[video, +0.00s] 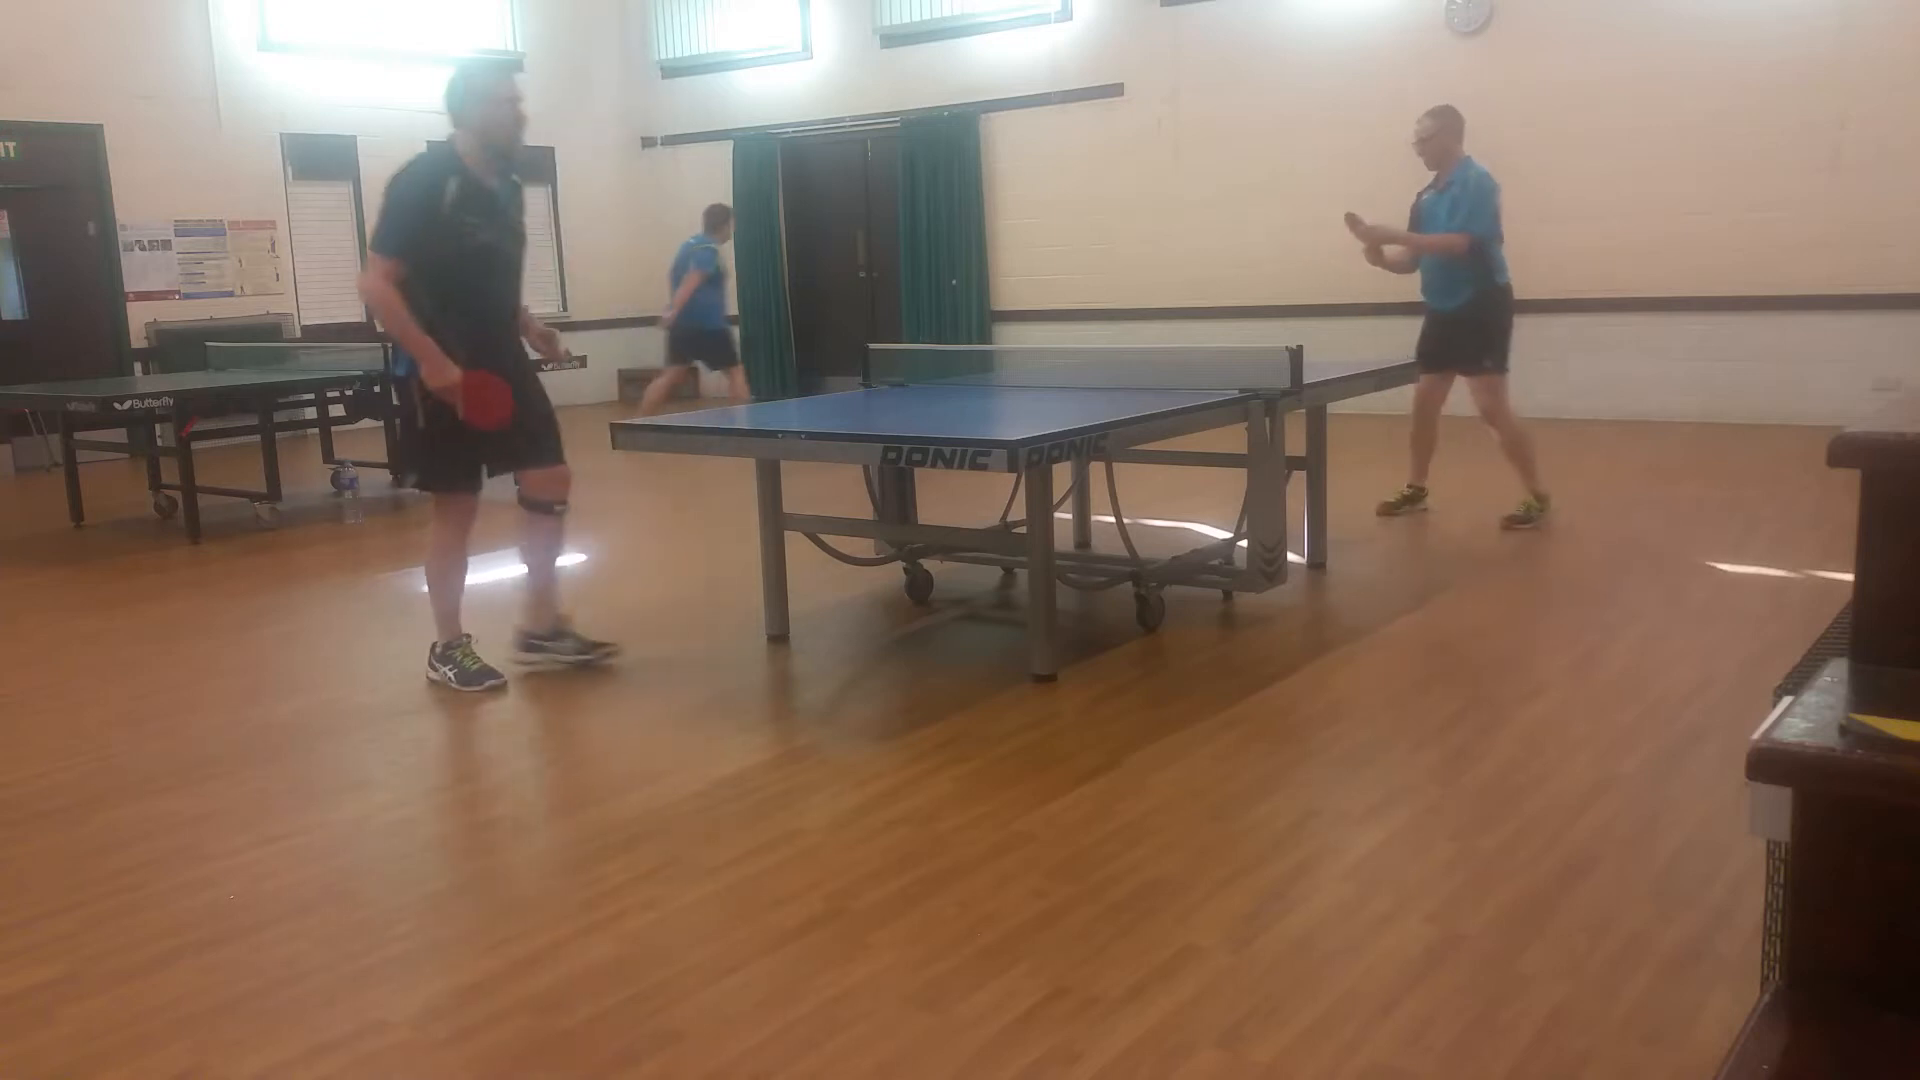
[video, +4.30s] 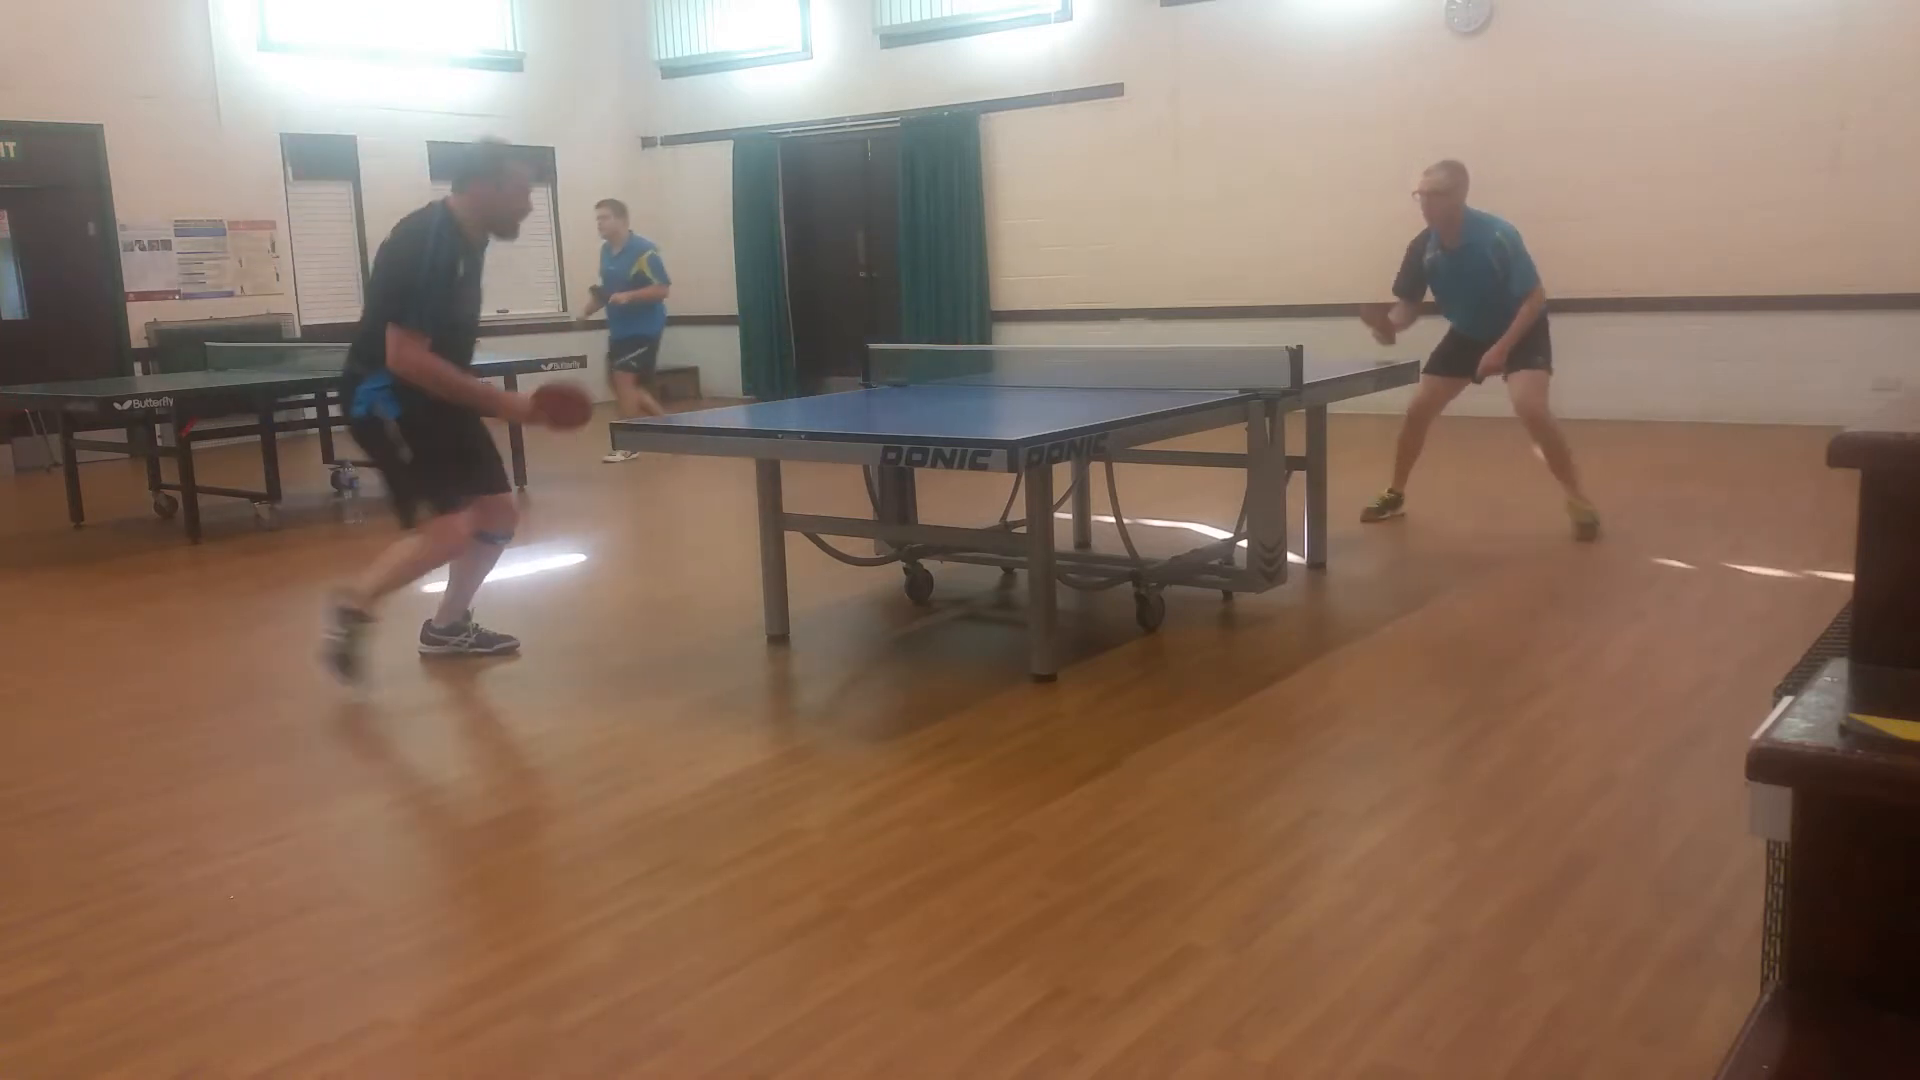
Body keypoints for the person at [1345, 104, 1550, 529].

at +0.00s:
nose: (1417, 146)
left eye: (1424, 138)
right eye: (1416, 139)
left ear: (1451, 138)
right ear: (1431, 141)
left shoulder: (1477, 181)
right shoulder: (1427, 197)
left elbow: (1463, 243)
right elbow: (1412, 258)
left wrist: (1393, 237)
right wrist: (1380, 257)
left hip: (1483, 305)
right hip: (1443, 309)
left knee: (1492, 408)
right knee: (1426, 400)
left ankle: (1538, 497)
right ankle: (1416, 489)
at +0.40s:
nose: (1455, 144)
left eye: (1463, 134)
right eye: (1454, 136)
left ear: (1489, 132)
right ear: (1470, 137)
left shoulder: (1523, 176)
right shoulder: (1466, 193)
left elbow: (1509, 241)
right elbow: (1456, 257)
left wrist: (1438, 234)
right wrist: (1425, 257)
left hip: (1532, 302)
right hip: (1491, 305)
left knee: (1526, 401)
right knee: (1471, 396)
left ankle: (1542, 501)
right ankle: (1475, 489)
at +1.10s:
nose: (1444, 145)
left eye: (1452, 138)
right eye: (1444, 138)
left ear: (1477, 139)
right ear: (1458, 141)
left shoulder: (1512, 182)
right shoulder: (1453, 202)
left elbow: (1538, 242)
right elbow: (1455, 262)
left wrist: (1475, 271)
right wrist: (1436, 270)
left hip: (1538, 298)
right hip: (1495, 305)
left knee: (1540, 399)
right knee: (1486, 398)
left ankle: (1564, 498)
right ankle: (1486, 489)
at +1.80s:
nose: (1444, 176)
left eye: (1451, 168)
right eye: (1443, 169)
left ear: (1478, 168)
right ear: (1456, 171)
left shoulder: (1520, 207)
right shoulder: (1460, 223)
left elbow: (1562, 267)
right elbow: (1449, 288)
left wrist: (1521, 317)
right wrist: (1421, 279)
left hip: (1559, 307)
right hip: (1514, 312)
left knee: (1539, 408)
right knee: (1493, 402)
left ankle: (1559, 511)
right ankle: (1477, 481)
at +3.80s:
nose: (1421, 172)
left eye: (1429, 165)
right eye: (1420, 165)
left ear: (1457, 166)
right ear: (1429, 170)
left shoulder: (1495, 207)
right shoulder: (1434, 219)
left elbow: (1534, 269)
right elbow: (1420, 285)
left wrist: (1510, 324)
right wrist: (1393, 267)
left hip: (1529, 311)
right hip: (1486, 315)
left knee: (1506, 408)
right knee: (1466, 404)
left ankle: (1536, 503)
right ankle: (1475, 486)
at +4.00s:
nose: (1426, 171)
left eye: (1435, 163)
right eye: (1424, 163)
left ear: (1462, 164)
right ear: (1426, 167)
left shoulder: (1498, 206)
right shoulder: (1436, 221)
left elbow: (1534, 271)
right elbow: (1428, 286)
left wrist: (1506, 326)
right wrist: (1398, 277)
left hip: (1527, 315)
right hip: (1481, 317)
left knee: (1506, 409)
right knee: (1434, 399)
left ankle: (1535, 503)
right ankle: (1434, 481)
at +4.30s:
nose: (1422, 203)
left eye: (1431, 196)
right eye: (1420, 195)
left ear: (1456, 198)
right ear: (1419, 198)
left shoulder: (1499, 236)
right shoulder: (1423, 248)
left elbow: (1535, 298)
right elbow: (1408, 304)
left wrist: (1501, 348)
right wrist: (1390, 324)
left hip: (1520, 327)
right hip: (1468, 331)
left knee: (1531, 409)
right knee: (1419, 408)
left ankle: (1577, 500)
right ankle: (1395, 493)